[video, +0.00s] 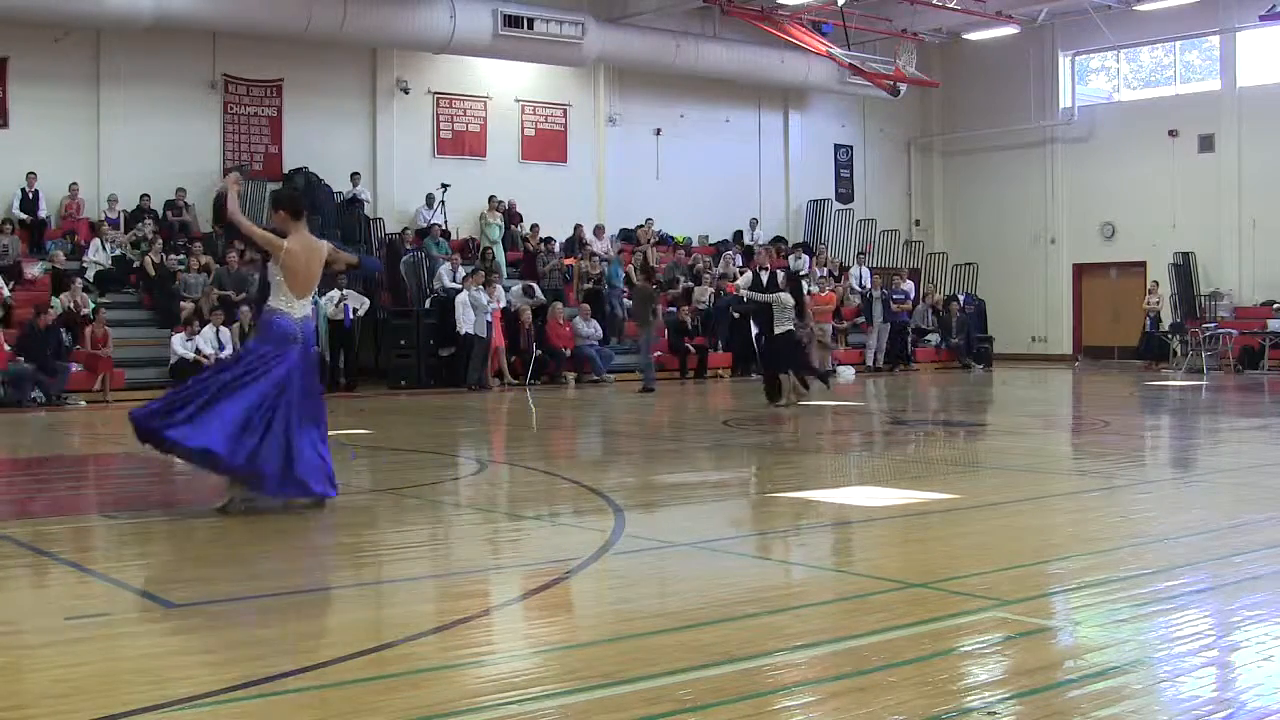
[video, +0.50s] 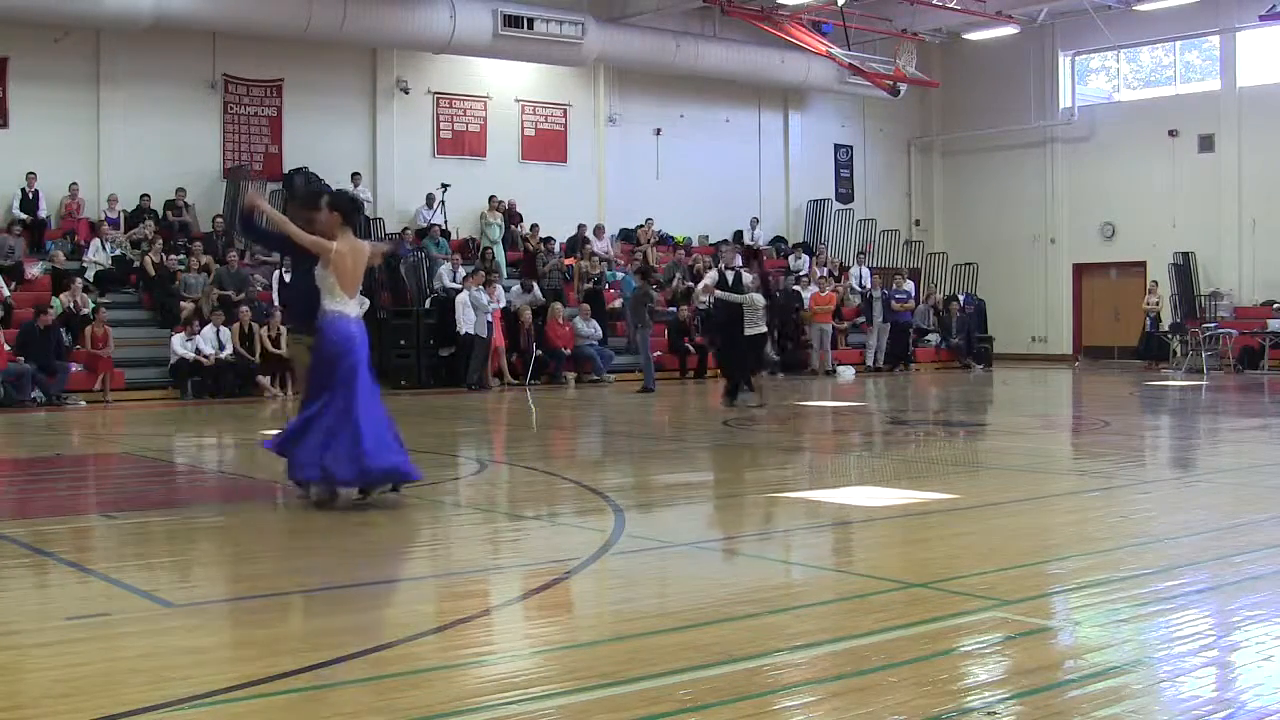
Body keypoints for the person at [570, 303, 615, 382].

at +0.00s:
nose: (588, 313)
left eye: (589, 311)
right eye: (585, 311)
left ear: (590, 312)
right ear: (580, 312)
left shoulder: (593, 321)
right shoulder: (576, 321)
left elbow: (600, 335)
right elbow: (581, 332)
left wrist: (589, 336)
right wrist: (593, 331)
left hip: (595, 344)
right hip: (583, 345)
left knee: (609, 354)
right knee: (592, 354)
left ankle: (597, 374)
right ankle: (602, 374)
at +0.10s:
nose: (587, 312)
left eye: (589, 310)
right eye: (585, 311)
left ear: (590, 311)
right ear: (580, 312)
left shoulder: (593, 321)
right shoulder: (576, 321)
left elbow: (600, 335)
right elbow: (581, 332)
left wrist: (588, 336)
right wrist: (593, 331)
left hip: (595, 344)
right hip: (583, 344)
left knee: (609, 354)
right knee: (592, 354)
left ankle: (596, 374)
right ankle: (602, 374)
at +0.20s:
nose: (587, 312)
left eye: (589, 310)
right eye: (585, 310)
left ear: (590, 311)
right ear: (580, 312)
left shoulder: (593, 321)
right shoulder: (576, 321)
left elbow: (600, 335)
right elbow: (580, 331)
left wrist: (588, 336)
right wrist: (593, 332)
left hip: (594, 344)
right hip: (583, 344)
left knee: (609, 354)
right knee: (592, 354)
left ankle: (597, 373)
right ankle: (602, 374)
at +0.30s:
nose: (587, 312)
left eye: (589, 310)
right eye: (585, 311)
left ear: (590, 311)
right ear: (580, 312)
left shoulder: (593, 321)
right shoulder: (576, 321)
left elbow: (600, 335)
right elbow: (580, 332)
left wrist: (588, 335)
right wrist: (593, 331)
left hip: (595, 344)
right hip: (582, 344)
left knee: (609, 354)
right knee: (593, 354)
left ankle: (597, 373)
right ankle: (602, 374)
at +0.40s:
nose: (587, 312)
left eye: (589, 310)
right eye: (585, 311)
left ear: (590, 311)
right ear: (580, 312)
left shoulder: (593, 321)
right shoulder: (576, 321)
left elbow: (600, 335)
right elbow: (580, 332)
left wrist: (588, 335)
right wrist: (593, 331)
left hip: (594, 344)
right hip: (582, 344)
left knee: (609, 354)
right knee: (593, 354)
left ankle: (597, 373)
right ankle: (602, 374)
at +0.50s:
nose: (587, 312)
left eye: (589, 310)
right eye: (585, 310)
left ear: (590, 311)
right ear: (580, 312)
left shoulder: (593, 321)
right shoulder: (576, 321)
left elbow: (600, 335)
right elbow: (580, 331)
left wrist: (588, 335)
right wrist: (593, 332)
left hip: (594, 344)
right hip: (582, 344)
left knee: (609, 354)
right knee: (592, 354)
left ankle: (596, 374)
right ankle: (602, 374)